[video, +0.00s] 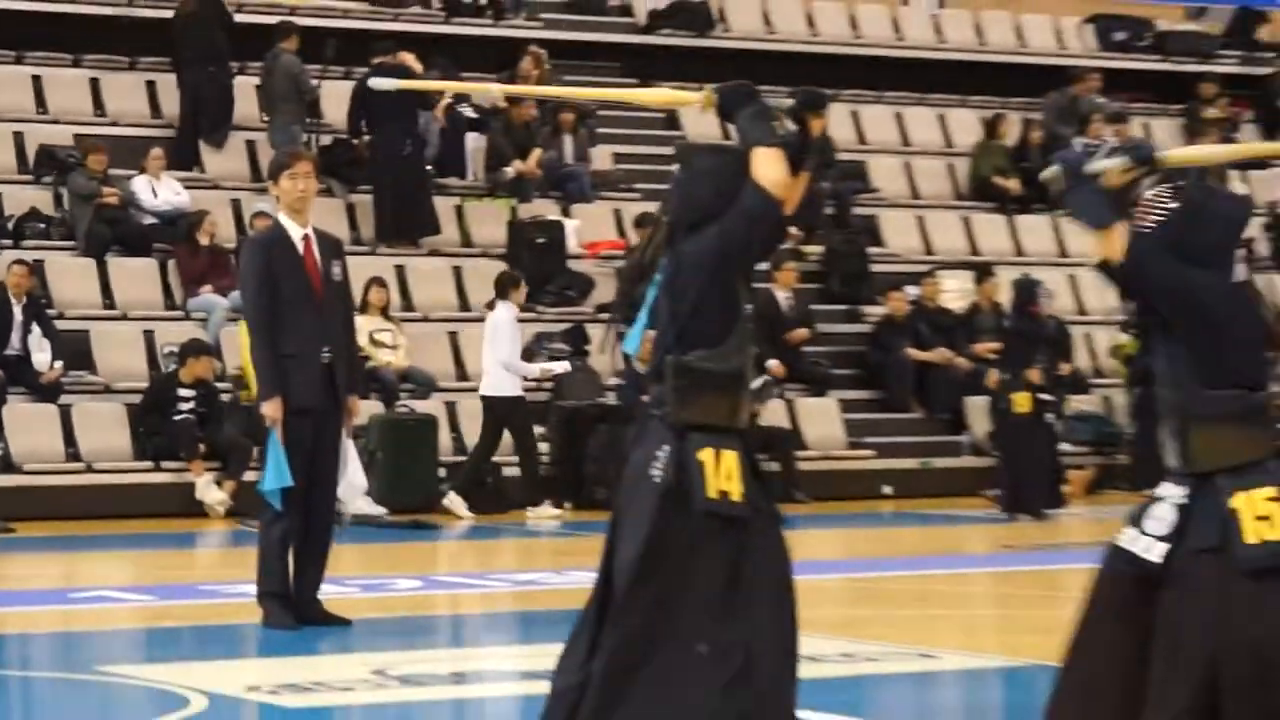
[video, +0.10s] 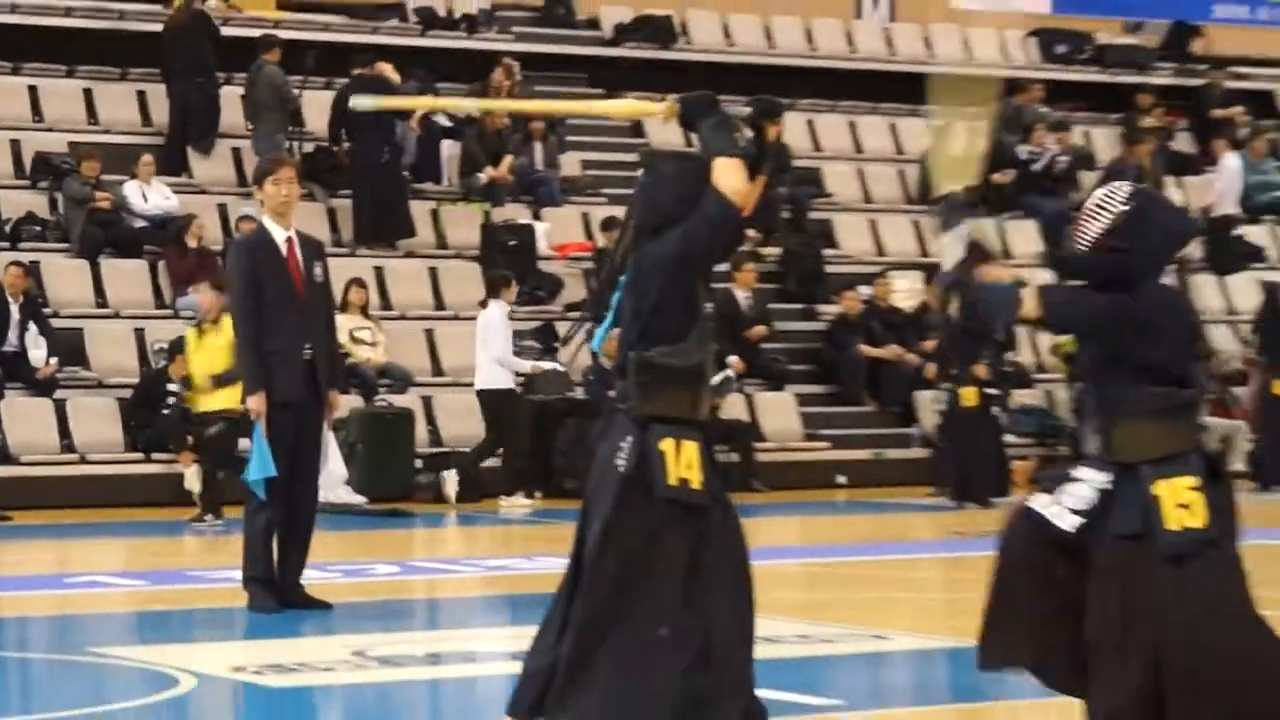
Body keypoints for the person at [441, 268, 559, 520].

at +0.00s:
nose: (526, 291)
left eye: (524, 287)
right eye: (523, 287)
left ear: (503, 291)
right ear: (514, 290)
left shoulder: (495, 315)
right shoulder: (507, 318)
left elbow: (502, 359)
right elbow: (508, 359)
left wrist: (531, 371)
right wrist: (538, 371)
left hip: (492, 390)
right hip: (507, 392)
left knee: (486, 445)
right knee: (527, 447)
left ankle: (457, 493)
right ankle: (535, 503)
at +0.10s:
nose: (516, 292)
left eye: (515, 287)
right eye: (513, 287)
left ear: (494, 289)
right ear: (504, 289)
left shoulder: (488, 314)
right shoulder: (498, 315)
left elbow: (495, 356)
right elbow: (501, 355)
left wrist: (524, 369)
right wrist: (532, 367)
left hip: (487, 384)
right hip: (498, 385)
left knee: (495, 438)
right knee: (513, 439)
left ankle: (458, 473)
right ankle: (511, 492)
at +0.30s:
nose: (494, 294)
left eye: (493, 289)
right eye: (492, 289)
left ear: (475, 291)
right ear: (484, 290)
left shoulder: (463, 312)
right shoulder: (483, 312)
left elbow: (455, 346)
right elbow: (485, 348)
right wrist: (509, 356)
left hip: (464, 374)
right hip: (478, 376)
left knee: (480, 423)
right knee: (478, 424)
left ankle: (481, 467)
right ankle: (465, 471)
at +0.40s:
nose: (488, 294)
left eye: (487, 290)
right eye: (485, 291)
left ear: (469, 293)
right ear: (477, 292)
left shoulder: (456, 313)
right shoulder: (478, 313)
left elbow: (449, 347)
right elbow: (479, 347)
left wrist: (468, 357)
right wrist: (500, 352)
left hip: (455, 375)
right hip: (470, 376)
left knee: (457, 424)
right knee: (469, 423)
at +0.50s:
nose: (497, 292)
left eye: (496, 288)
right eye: (494, 288)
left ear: (476, 292)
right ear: (485, 291)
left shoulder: (465, 313)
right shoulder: (486, 312)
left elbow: (458, 345)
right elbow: (490, 344)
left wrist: (474, 353)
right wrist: (510, 344)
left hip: (466, 369)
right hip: (482, 371)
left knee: (467, 415)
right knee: (487, 414)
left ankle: (451, 453)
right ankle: (495, 457)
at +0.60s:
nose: (509, 290)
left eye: (507, 286)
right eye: (507, 287)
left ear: (490, 289)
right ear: (502, 289)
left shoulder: (481, 310)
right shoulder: (505, 309)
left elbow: (477, 338)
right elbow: (508, 339)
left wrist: (485, 348)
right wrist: (522, 344)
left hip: (483, 364)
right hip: (501, 365)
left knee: (489, 406)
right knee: (503, 408)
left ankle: (474, 437)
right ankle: (505, 451)